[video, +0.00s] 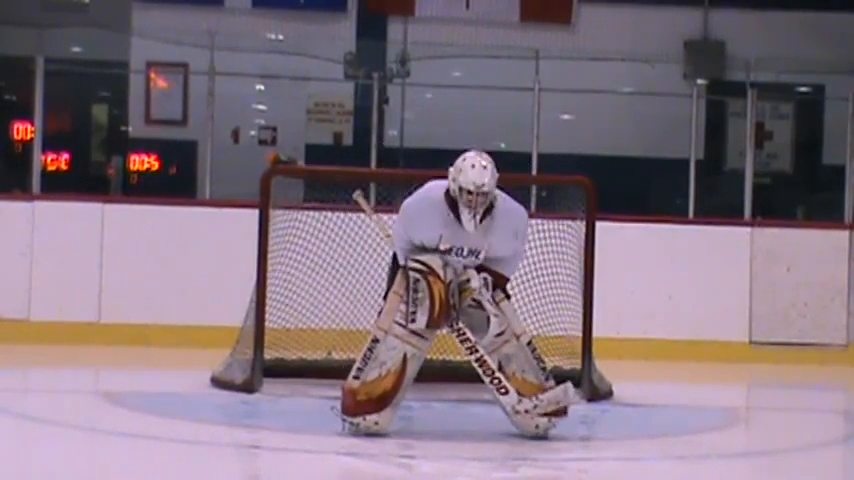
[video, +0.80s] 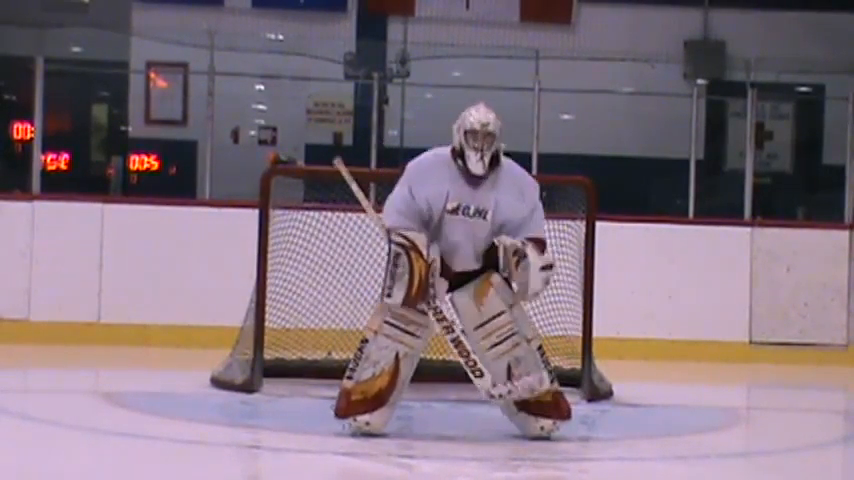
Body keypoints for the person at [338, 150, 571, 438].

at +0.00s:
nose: (474, 201)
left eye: (482, 195)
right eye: (467, 194)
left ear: (493, 192)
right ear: (453, 187)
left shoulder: (513, 217)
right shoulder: (421, 206)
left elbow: (502, 269)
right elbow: (405, 256)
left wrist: (478, 286)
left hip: (475, 281)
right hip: (424, 276)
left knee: (506, 340)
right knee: (403, 333)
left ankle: (535, 413)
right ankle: (368, 409)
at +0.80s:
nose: (480, 146)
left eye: (487, 139)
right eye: (473, 138)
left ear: (497, 141)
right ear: (459, 138)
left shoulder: (519, 185)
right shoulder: (426, 170)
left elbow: (533, 245)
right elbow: (399, 220)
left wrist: (519, 265)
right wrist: (417, 266)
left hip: (482, 277)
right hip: (424, 272)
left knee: (510, 339)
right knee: (395, 336)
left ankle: (536, 414)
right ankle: (368, 412)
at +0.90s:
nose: (477, 126)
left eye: (483, 119)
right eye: (470, 119)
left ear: (493, 123)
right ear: (456, 120)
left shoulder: (515, 167)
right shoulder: (422, 156)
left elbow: (538, 213)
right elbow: (386, 195)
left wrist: (545, 233)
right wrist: (397, 224)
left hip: (483, 268)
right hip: (426, 265)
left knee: (514, 342)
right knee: (394, 339)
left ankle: (537, 417)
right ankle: (366, 414)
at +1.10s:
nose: (473, 106)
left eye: (479, 99)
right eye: (466, 99)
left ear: (489, 102)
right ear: (452, 100)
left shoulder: (511, 146)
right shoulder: (422, 142)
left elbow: (528, 200)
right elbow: (390, 191)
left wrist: (556, 186)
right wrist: (393, 223)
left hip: (490, 263)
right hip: (432, 262)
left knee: (514, 340)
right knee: (401, 336)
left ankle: (539, 416)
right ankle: (370, 413)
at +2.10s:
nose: (495, 157)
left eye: (501, 150)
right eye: (488, 149)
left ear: (510, 151)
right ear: (471, 149)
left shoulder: (527, 191)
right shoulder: (443, 177)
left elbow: (546, 243)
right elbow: (402, 212)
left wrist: (559, 239)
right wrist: (411, 237)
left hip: (499, 283)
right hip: (443, 274)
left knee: (526, 348)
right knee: (410, 335)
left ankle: (575, 414)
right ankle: (393, 408)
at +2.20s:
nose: (513, 159)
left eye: (517, 153)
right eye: (505, 152)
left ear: (521, 154)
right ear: (485, 151)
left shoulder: (528, 194)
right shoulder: (456, 175)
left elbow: (532, 247)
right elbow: (419, 209)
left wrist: (556, 251)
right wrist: (432, 236)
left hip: (499, 287)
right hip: (448, 280)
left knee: (538, 343)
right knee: (417, 341)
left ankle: (574, 407)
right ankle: (400, 405)